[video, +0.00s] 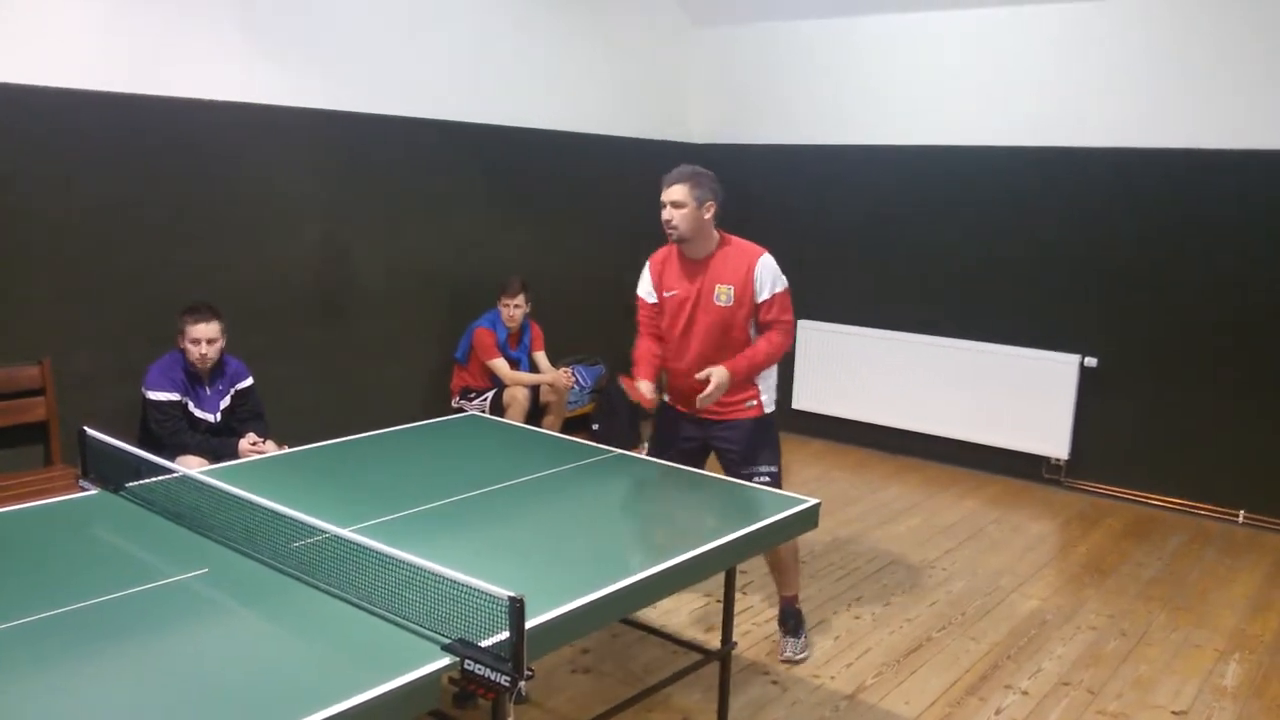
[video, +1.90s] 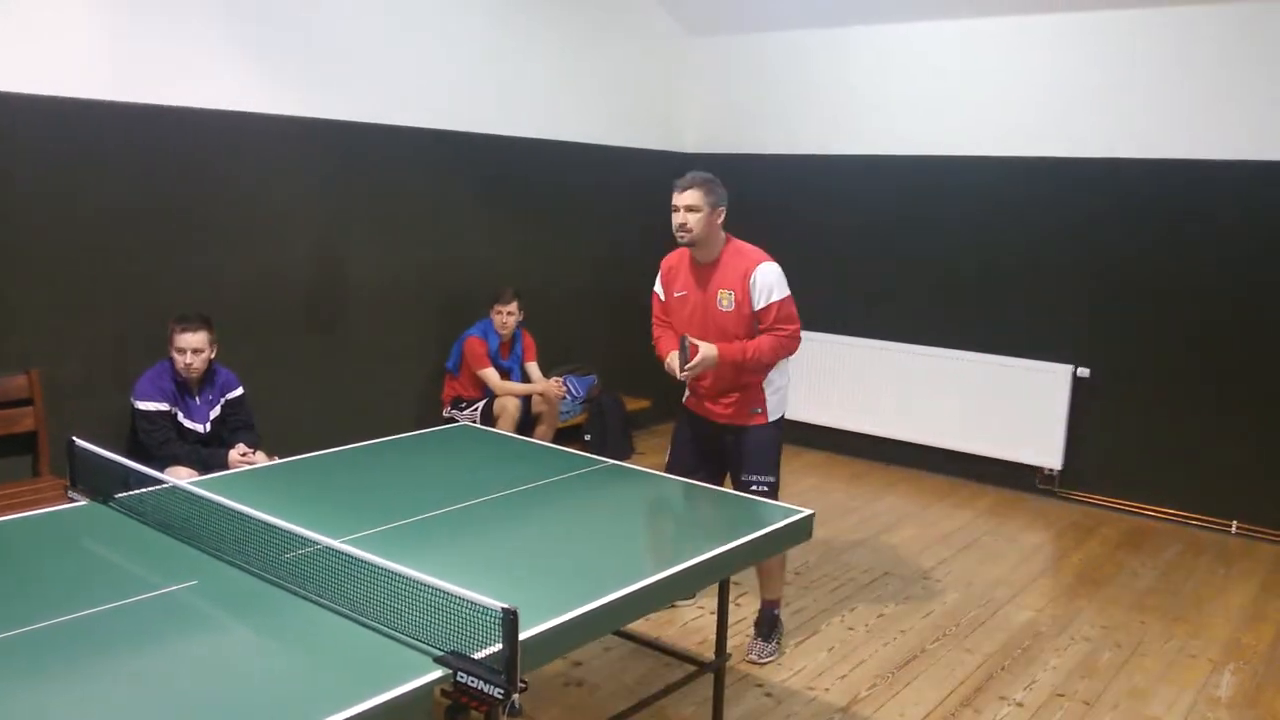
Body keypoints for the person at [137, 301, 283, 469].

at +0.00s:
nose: (203, 352)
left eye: (211, 342)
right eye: (195, 343)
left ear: (223, 341)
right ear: (181, 342)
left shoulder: (235, 371)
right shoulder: (160, 378)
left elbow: (251, 419)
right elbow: (174, 440)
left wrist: (251, 438)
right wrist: (234, 448)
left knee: (270, 450)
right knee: (195, 466)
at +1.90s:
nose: (188, 361)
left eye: (197, 352)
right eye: (180, 352)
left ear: (212, 352)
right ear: (170, 351)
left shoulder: (225, 381)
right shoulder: (150, 388)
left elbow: (241, 428)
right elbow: (163, 450)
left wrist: (241, 448)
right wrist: (223, 459)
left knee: (260, 461)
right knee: (184, 477)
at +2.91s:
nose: (200, 361)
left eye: (207, 352)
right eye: (191, 353)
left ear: (214, 349)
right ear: (172, 351)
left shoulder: (227, 380)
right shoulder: (151, 387)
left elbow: (242, 428)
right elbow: (163, 449)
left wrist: (243, 446)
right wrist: (224, 457)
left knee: (261, 459)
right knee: (186, 475)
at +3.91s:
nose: (205, 361)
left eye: (212, 351)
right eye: (196, 352)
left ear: (222, 348)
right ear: (179, 350)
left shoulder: (234, 379)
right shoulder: (159, 384)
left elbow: (249, 426)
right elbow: (170, 447)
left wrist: (250, 444)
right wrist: (232, 456)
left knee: (269, 458)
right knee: (193, 473)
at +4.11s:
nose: (207, 360)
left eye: (214, 351)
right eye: (198, 352)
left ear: (222, 348)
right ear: (180, 350)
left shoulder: (234, 378)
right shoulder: (160, 384)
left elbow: (250, 426)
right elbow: (172, 446)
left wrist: (251, 445)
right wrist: (232, 455)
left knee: (269, 458)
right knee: (193, 473)